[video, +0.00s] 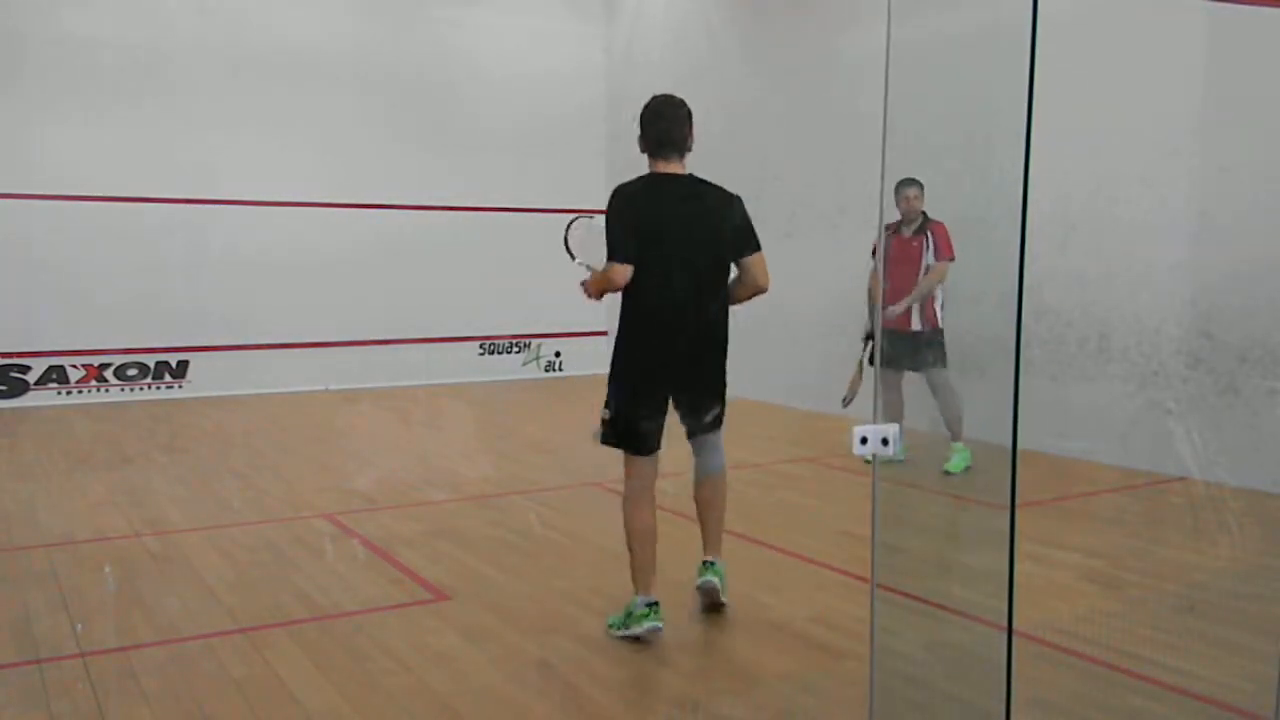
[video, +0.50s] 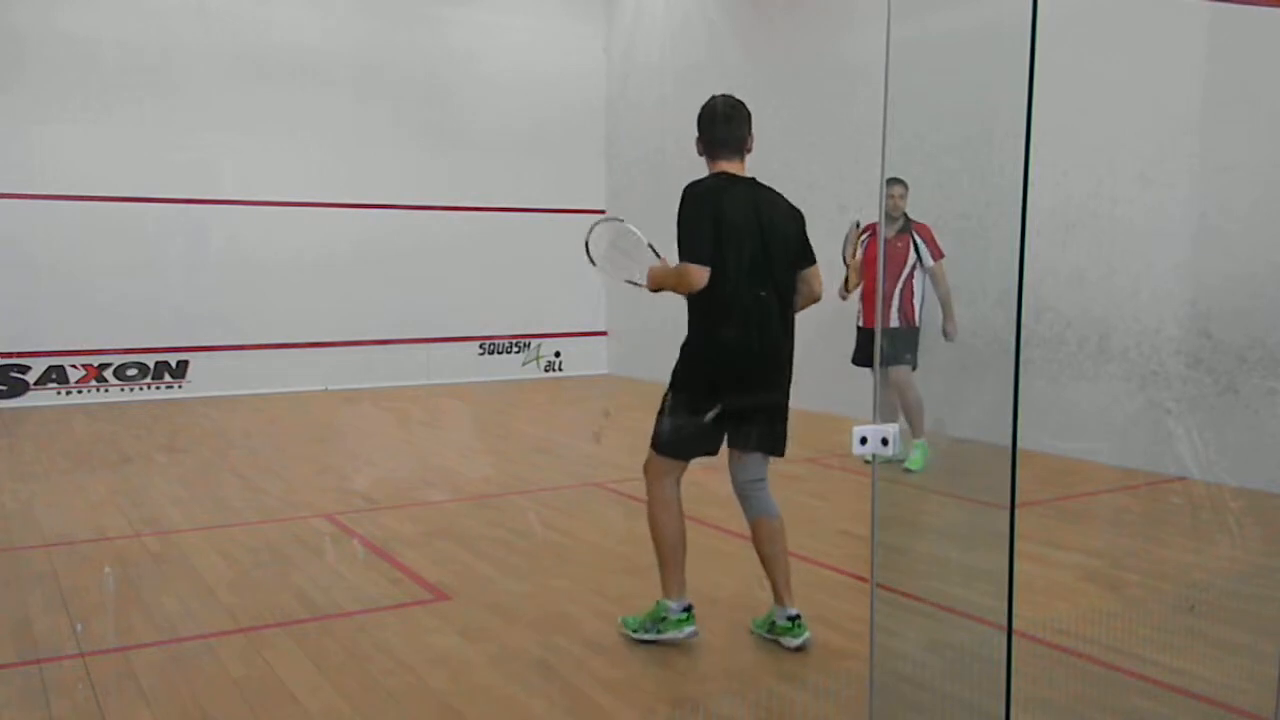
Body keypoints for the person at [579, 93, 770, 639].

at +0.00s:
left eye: (647, 134)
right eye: (688, 134)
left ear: (642, 141)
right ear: (692, 140)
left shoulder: (628, 198)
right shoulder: (723, 202)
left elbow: (620, 273)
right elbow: (757, 281)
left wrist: (598, 284)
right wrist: (715, 299)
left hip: (644, 356)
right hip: (703, 356)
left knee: (640, 480)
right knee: (709, 457)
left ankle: (645, 603)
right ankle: (712, 564)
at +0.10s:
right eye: (701, 106)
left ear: (657, 117)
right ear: (706, 114)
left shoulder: (642, 170)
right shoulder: (739, 174)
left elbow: (623, 248)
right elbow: (778, 250)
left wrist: (622, 254)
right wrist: (738, 276)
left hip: (663, 327)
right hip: (724, 327)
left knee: (646, 450)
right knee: (722, 441)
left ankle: (635, 581)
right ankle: (736, 555)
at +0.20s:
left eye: (679, 113)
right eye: (718, 110)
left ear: (672, 120)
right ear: (722, 118)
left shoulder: (660, 170)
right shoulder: (755, 175)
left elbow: (634, 245)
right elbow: (802, 248)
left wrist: (653, 241)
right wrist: (756, 275)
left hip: (680, 330)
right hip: (741, 330)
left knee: (646, 453)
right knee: (733, 448)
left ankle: (643, 578)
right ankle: (767, 565)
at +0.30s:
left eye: (694, 139)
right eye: (735, 138)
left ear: (688, 146)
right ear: (738, 145)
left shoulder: (679, 202)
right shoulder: (770, 207)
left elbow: (653, 275)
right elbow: (819, 277)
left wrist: (647, 259)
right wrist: (771, 301)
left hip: (697, 360)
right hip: (759, 364)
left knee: (650, 464)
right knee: (747, 476)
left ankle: (661, 593)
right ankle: (786, 604)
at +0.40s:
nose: (696, 161)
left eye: (696, 155)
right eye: (742, 153)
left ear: (695, 159)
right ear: (747, 159)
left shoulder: (693, 213)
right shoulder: (777, 222)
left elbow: (687, 294)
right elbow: (818, 299)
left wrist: (654, 293)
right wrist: (769, 326)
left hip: (707, 375)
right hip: (768, 379)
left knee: (658, 473)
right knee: (744, 481)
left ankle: (667, 605)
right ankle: (787, 614)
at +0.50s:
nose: (699, 148)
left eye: (698, 142)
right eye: (744, 138)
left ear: (699, 145)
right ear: (751, 143)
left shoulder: (700, 197)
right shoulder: (783, 208)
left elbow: (696, 276)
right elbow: (811, 289)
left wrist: (661, 277)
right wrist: (760, 306)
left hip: (708, 366)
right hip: (768, 371)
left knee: (661, 471)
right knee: (752, 477)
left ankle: (674, 606)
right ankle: (787, 613)